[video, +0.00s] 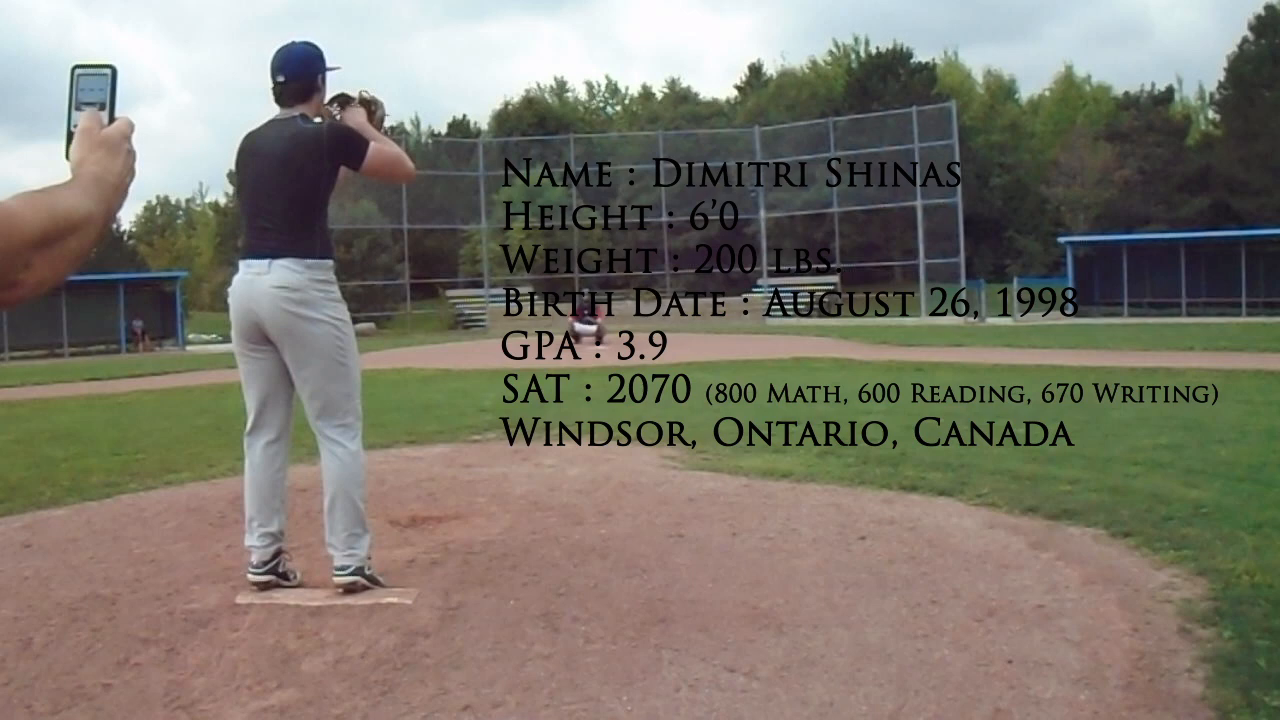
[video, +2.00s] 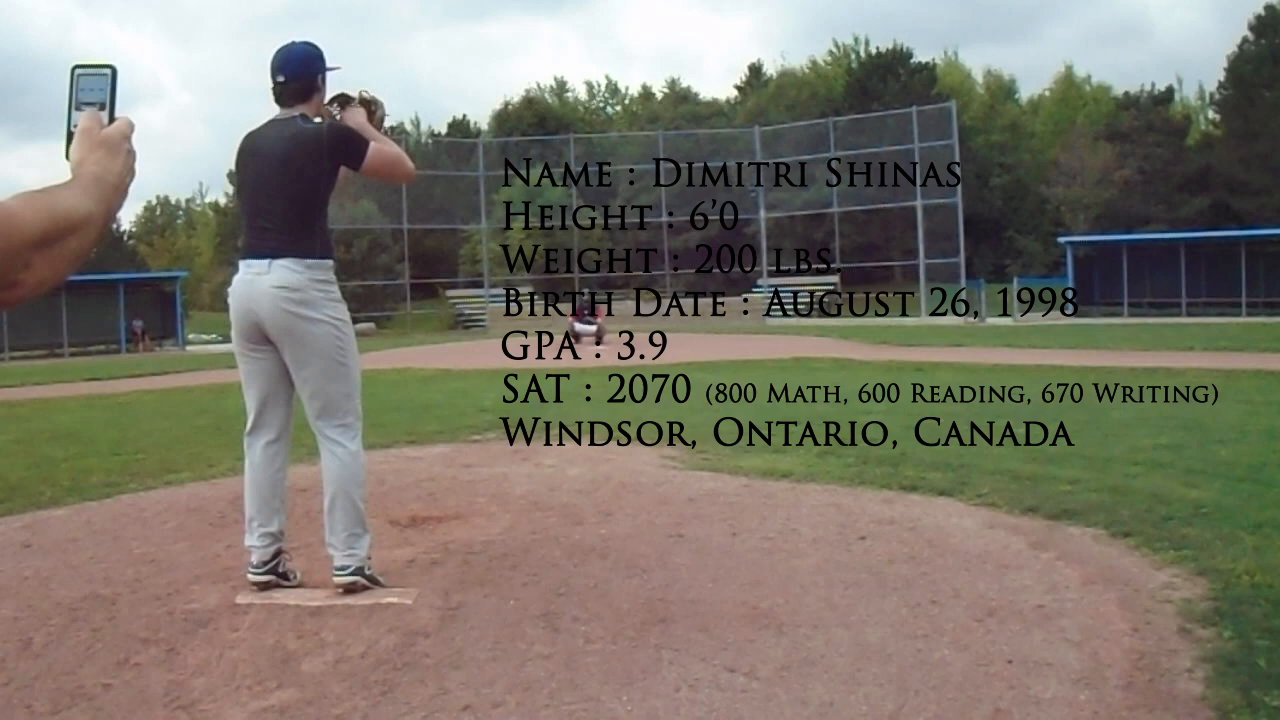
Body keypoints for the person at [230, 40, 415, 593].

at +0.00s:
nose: (327, 88)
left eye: (322, 81)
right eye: (325, 81)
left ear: (275, 88)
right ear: (320, 86)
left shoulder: (250, 143)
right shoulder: (327, 135)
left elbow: (301, 185)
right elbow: (402, 167)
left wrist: (327, 131)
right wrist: (362, 125)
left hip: (246, 288)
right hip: (303, 286)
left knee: (264, 430)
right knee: (338, 429)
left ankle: (263, 558)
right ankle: (350, 561)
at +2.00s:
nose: (327, 88)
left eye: (322, 81)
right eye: (325, 81)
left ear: (275, 88)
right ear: (320, 86)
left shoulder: (250, 143)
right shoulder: (327, 135)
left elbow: (301, 185)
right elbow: (402, 167)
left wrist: (327, 131)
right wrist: (362, 125)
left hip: (246, 288)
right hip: (303, 286)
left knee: (264, 430)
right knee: (338, 429)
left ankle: (263, 558)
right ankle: (350, 561)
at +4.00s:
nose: (327, 88)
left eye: (322, 81)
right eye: (325, 81)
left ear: (275, 88)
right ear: (320, 86)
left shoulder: (250, 143)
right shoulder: (327, 135)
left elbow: (301, 185)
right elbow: (402, 167)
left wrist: (327, 131)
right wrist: (362, 125)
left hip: (246, 288)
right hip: (303, 286)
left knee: (264, 430)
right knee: (338, 429)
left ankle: (263, 558)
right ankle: (350, 561)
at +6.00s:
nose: (327, 88)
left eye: (322, 81)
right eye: (325, 81)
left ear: (275, 88)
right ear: (320, 86)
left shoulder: (250, 143)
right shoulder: (327, 135)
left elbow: (301, 185)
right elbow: (402, 167)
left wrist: (327, 131)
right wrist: (362, 125)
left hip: (246, 288)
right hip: (303, 286)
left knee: (264, 430)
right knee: (338, 429)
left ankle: (263, 558)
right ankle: (350, 561)